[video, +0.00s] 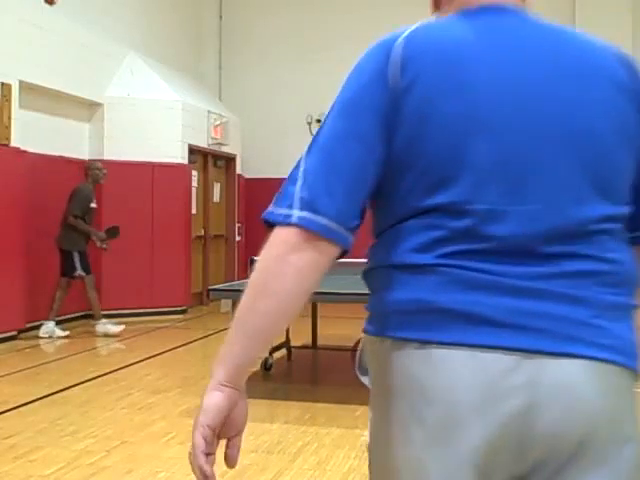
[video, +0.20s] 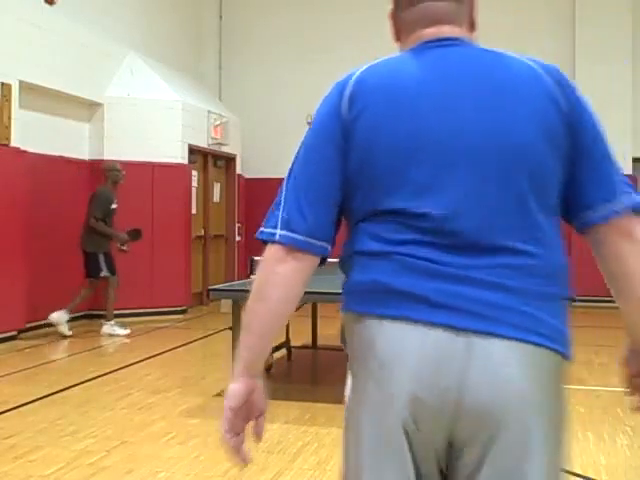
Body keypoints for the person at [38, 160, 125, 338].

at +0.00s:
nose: (104, 173)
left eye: (103, 170)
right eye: (100, 170)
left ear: (95, 173)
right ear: (90, 172)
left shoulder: (89, 192)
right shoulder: (83, 191)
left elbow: (83, 221)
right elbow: (72, 218)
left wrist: (96, 239)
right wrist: (94, 233)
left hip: (72, 242)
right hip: (73, 243)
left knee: (64, 283)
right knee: (89, 280)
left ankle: (49, 324)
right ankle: (100, 322)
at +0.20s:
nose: (123, 174)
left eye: (122, 171)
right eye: (119, 171)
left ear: (113, 175)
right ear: (109, 174)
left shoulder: (110, 195)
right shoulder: (102, 194)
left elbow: (106, 223)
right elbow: (94, 222)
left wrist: (117, 241)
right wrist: (117, 235)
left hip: (98, 245)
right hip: (96, 246)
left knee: (92, 283)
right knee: (112, 280)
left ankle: (63, 315)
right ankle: (109, 322)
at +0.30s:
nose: (130, 173)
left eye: (130, 169)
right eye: (126, 169)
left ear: (124, 173)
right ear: (118, 172)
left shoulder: (120, 192)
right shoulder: (112, 192)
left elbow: (117, 220)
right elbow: (105, 219)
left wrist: (124, 239)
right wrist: (129, 231)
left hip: (113, 243)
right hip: (107, 244)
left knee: (114, 280)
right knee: (117, 280)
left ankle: (85, 307)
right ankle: (110, 322)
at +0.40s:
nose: (139, 171)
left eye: (139, 167)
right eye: (135, 167)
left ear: (136, 171)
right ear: (126, 171)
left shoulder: (130, 191)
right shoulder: (122, 191)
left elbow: (129, 218)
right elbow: (118, 218)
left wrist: (145, 228)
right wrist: (141, 228)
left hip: (126, 244)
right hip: (117, 244)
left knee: (133, 277)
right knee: (120, 280)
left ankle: (110, 313)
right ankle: (111, 321)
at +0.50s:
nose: (150, 172)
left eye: (150, 168)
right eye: (147, 168)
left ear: (144, 172)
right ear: (138, 171)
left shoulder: (141, 193)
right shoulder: (133, 192)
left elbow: (138, 220)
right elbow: (129, 218)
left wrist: (158, 229)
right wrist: (154, 228)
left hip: (136, 244)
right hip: (125, 244)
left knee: (148, 276)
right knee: (124, 281)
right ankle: (111, 322)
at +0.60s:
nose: (162, 173)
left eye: (161, 170)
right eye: (158, 170)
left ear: (156, 173)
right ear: (150, 172)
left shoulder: (154, 195)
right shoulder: (146, 195)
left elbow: (151, 221)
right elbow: (143, 221)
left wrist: (169, 231)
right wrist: (167, 230)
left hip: (147, 247)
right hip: (135, 247)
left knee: (158, 281)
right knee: (131, 284)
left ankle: (171, 318)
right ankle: (111, 322)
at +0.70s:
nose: (174, 175)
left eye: (174, 171)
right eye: (171, 172)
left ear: (167, 175)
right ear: (163, 175)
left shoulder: (165, 196)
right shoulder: (158, 196)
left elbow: (163, 223)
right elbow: (156, 222)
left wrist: (179, 235)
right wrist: (178, 234)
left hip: (161, 249)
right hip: (149, 248)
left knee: (173, 280)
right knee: (143, 285)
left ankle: (175, 319)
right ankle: (117, 318)